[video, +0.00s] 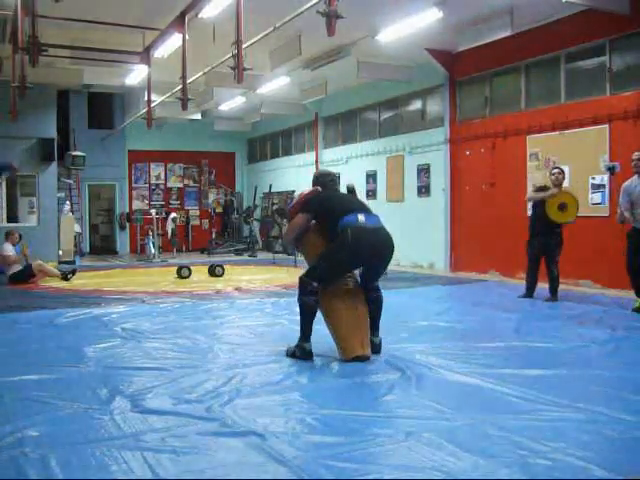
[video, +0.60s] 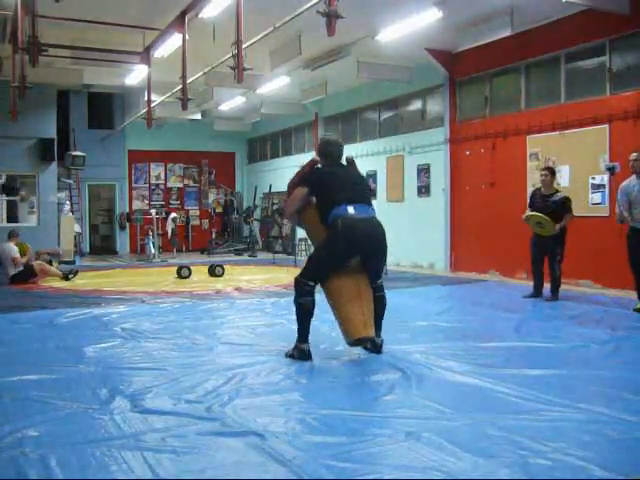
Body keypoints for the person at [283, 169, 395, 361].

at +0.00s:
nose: (312, 190)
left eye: (312, 188)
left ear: (316, 188)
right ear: (336, 186)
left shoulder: (314, 198)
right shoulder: (350, 198)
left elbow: (289, 236)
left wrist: (292, 247)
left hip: (353, 243)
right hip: (383, 241)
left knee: (308, 282)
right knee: (370, 283)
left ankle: (304, 344)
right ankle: (375, 338)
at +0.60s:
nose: (316, 158)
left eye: (317, 155)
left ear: (320, 157)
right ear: (341, 156)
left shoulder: (316, 175)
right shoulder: (355, 174)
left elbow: (289, 209)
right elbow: (368, 198)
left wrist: (303, 220)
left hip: (344, 231)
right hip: (374, 228)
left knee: (304, 283)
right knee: (376, 282)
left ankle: (302, 345)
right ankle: (377, 337)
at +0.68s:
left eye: (325, 157)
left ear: (324, 159)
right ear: (346, 158)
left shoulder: (319, 180)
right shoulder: (360, 179)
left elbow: (293, 215)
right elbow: (370, 203)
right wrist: (357, 174)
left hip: (343, 241)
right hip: (373, 238)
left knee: (299, 284)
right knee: (375, 284)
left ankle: (302, 346)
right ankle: (376, 338)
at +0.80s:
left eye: (342, 151)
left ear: (340, 154)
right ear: (361, 155)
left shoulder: (328, 181)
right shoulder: (371, 182)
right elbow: (371, 212)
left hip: (339, 251)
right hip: (370, 252)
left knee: (294, 287)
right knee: (373, 287)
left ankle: (303, 346)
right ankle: (375, 339)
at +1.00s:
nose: (344, 170)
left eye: (346, 166)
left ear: (346, 168)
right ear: (368, 170)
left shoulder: (335, 193)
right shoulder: (383, 193)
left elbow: (312, 201)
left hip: (335, 254)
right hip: (367, 258)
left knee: (299, 290)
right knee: (367, 290)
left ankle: (304, 346)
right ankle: (373, 339)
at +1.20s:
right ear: (405, 275)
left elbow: (347, 215)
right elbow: (435, 222)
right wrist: (411, 198)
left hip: (358, 258)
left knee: (304, 293)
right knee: (363, 287)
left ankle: (307, 345)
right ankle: (373, 333)